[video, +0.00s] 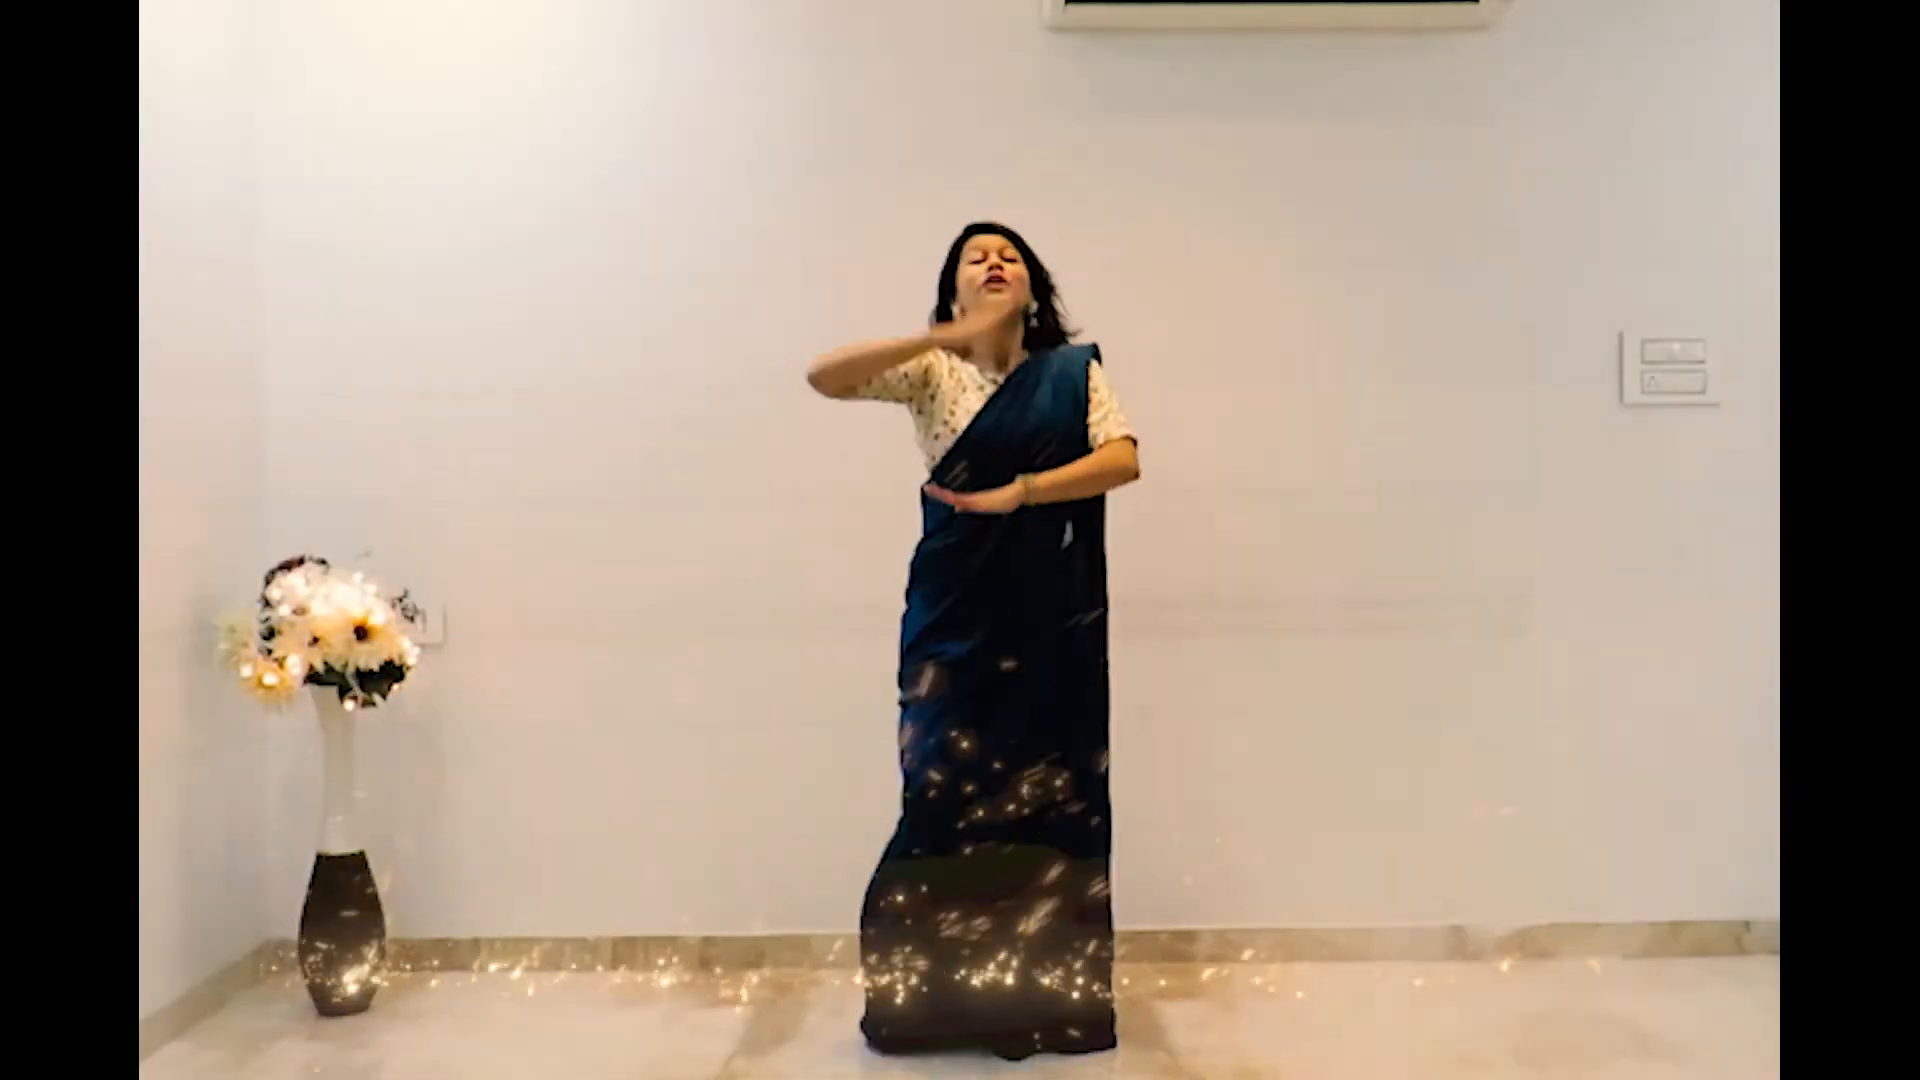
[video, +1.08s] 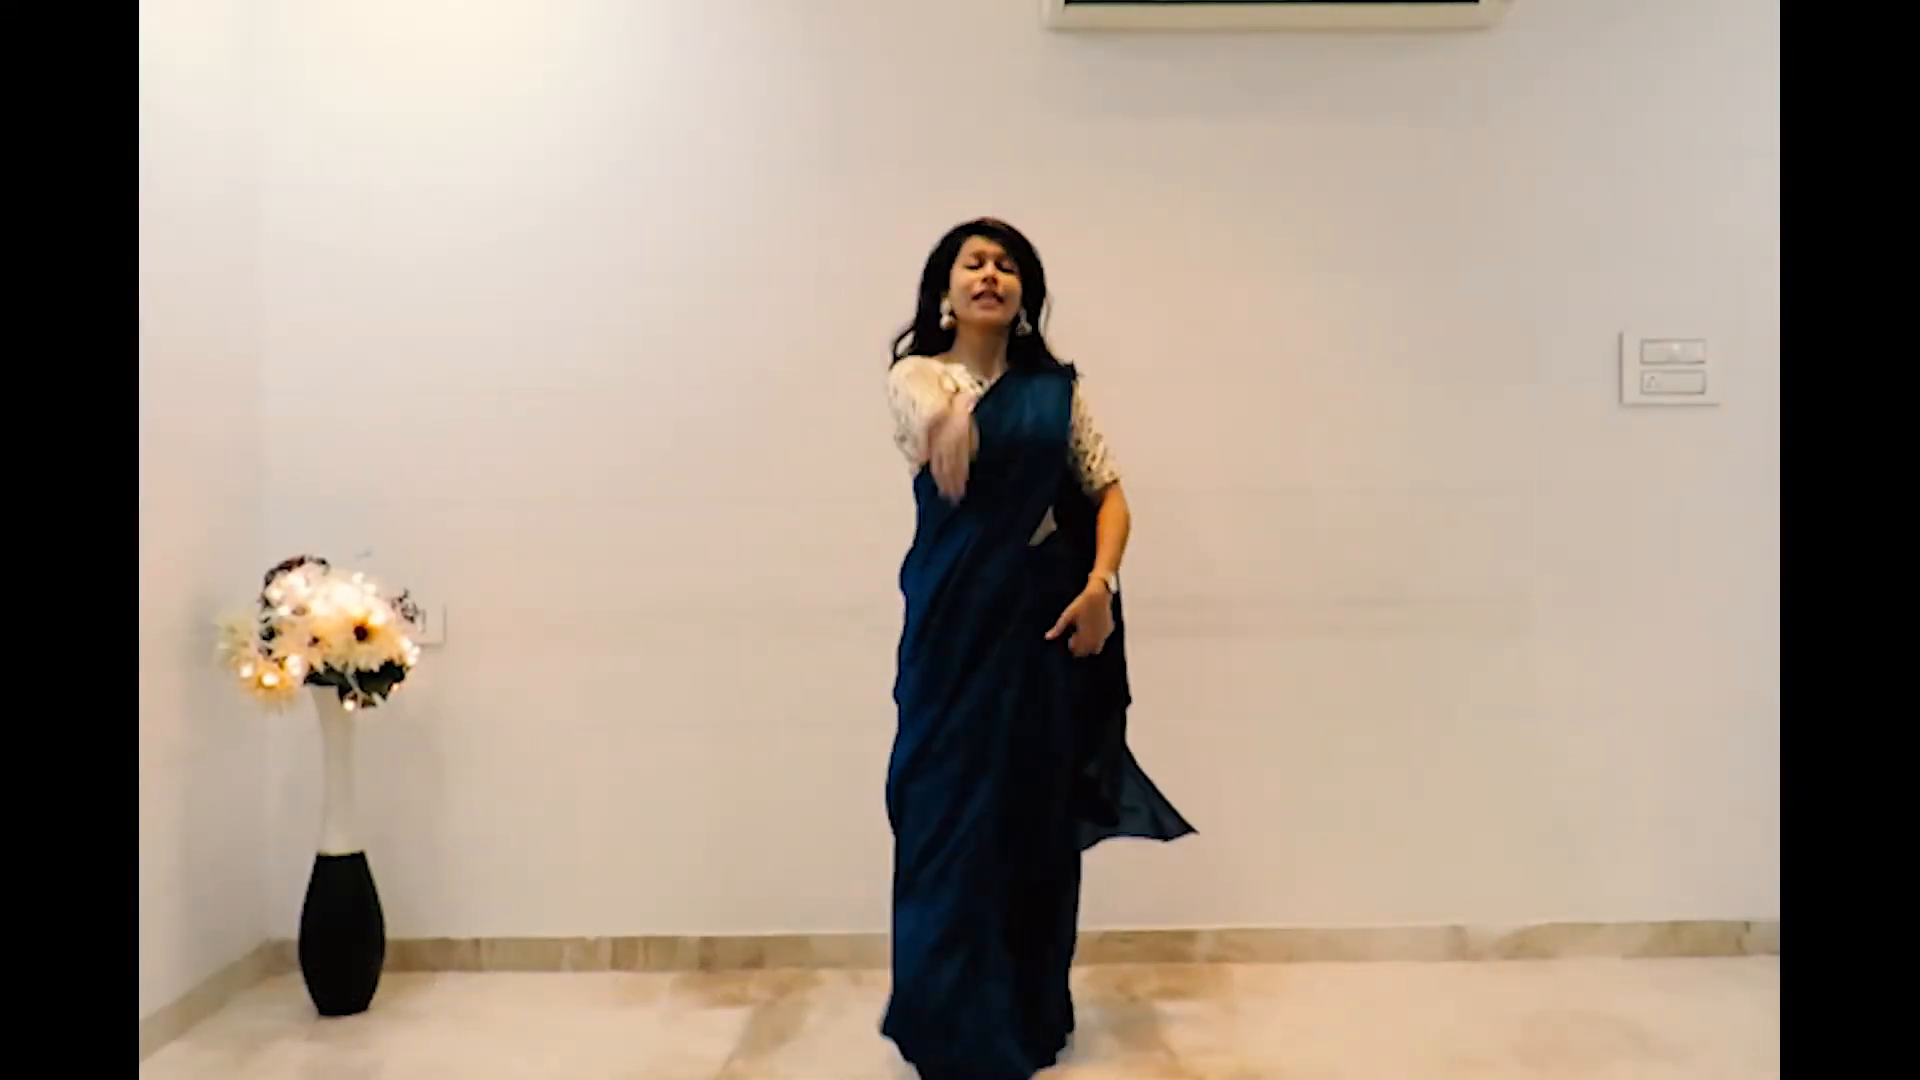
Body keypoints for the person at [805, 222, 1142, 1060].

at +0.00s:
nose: (994, 262)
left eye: (1009, 254)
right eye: (975, 256)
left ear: (1035, 290)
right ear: (953, 295)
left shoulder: (1074, 366)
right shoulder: (931, 373)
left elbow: (1122, 460)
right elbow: (824, 376)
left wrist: (1018, 492)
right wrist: (944, 334)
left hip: (1054, 620)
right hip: (952, 617)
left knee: (1053, 801)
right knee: (939, 794)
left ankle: (1043, 994)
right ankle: (919, 991)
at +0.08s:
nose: (985, 259)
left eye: (1002, 254)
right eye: (968, 254)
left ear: (1026, 292)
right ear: (946, 297)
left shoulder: (1066, 359)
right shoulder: (934, 382)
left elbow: (1136, 420)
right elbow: (904, 377)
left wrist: (1033, 445)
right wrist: (897, 273)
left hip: (1070, 615)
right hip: (970, 621)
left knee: (1072, 801)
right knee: (990, 794)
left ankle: (1053, 991)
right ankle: (974, 993)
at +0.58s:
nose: (1002, 249)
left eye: (1018, 240)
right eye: (984, 242)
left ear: (1045, 271)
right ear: (956, 274)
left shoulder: (1072, 355)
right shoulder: (940, 348)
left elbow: (1087, 447)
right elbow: (874, 293)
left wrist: (975, 422)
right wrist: (989, 323)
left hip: (1026, 595)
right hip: (937, 591)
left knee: (1024, 788)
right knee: (915, 774)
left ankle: (1022, 994)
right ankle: (895, 962)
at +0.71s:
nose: (1007, 281)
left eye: (1023, 270)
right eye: (991, 269)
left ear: (1050, 294)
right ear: (966, 291)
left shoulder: (1079, 400)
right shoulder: (925, 377)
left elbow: (1083, 527)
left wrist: (978, 506)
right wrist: (976, 442)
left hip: (1017, 622)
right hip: (924, 615)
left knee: (998, 799)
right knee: (907, 794)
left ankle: (1003, 987)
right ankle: (902, 984)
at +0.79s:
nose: (1001, 272)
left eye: (1017, 264)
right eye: (986, 262)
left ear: (1041, 294)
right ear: (960, 292)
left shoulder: (1076, 387)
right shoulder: (927, 380)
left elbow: (1103, 513)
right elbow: (888, 498)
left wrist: (1015, 558)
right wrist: (966, 417)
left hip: (1022, 618)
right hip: (928, 611)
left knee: (1008, 795)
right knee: (917, 787)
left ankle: (997, 980)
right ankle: (886, 979)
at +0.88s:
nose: (1000, 259)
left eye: (1015, 251)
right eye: (981, 251)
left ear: (1034, 287)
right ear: (953, 283)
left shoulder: (1071, 371)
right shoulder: (935, 366)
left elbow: (1125, 487)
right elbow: (912, 418)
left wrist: (1065, 554)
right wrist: (934, 302)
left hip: (1022, 614)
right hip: (928, 606)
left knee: (1010, 804)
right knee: (927, 792)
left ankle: (1001, 996)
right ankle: (897, 981)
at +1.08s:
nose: (990, 274)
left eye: (1005, 265)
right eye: (973, 262)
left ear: (1026, 293)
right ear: (943, 287)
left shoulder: (1060, 385)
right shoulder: (916, 376)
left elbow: (1110, 498)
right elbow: (943, 457)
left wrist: (1101, 585)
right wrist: (971, 385)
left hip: (1044, 630)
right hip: (950, 628)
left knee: (1033, 821)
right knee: (949, 820)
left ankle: (1027, 1015)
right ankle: (948, 1029)